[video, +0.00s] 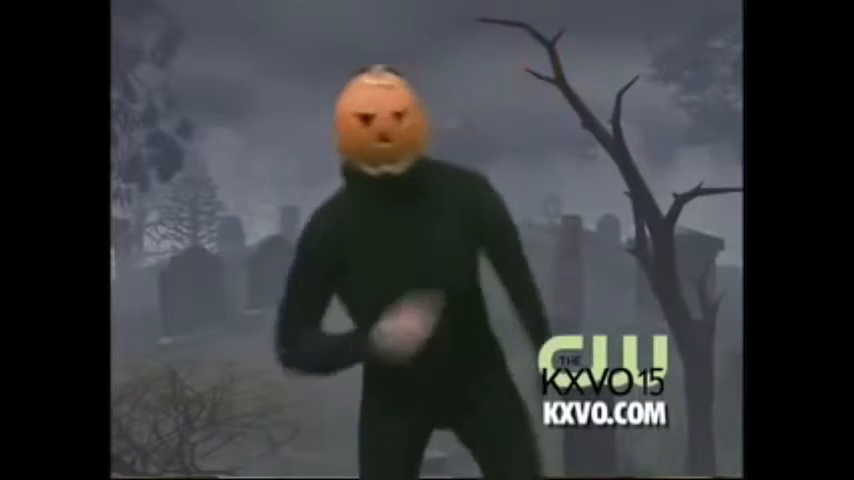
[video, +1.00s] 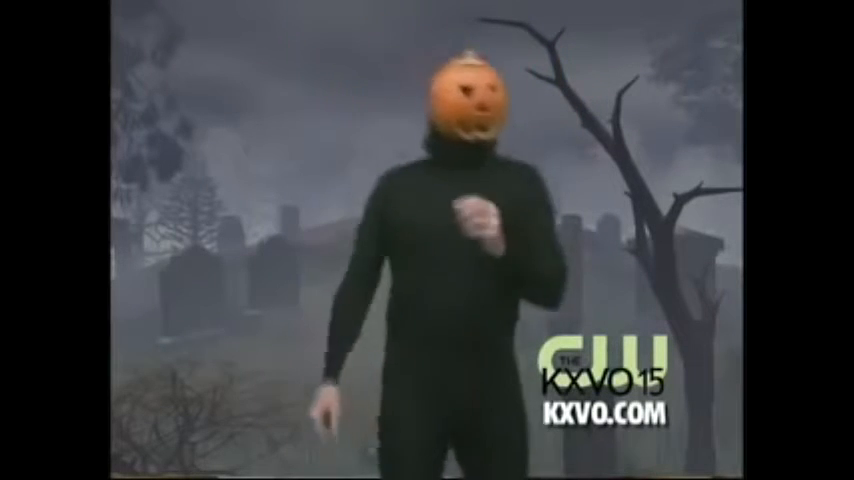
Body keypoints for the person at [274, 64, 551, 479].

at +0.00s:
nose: (384, 130)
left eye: (398, 116)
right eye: (365, 119)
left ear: (419, 123)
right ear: (342, 132)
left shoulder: (466, 193)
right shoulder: (332, 226)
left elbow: (521, 288)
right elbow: (294, 348)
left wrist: (553, 364)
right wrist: (369, 342)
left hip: (478, 383)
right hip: (394, 393)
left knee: (519, 469)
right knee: (382, 471)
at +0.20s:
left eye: (363, 51)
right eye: (339, 88)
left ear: (385, 68)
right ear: (315, 88)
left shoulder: (424, 116)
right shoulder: (316, 159)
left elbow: (471, 185)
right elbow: (379, 242)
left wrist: (509, 256)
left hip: (475, 319)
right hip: (400, 343)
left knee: (577, 412)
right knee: (396, 471)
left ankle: (489, 451)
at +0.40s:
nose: (357, 73)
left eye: (367, 64)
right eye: (339, 67)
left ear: (390, 83)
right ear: (315, 102)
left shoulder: (414, 149)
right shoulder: (322, 182)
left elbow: (448, 226)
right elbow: (418, 232)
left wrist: (490, 276)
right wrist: (509, 155)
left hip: (465, 343)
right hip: (399, 372)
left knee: (588, 354)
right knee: (395, 471)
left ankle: (536, 473)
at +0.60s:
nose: (396, 81)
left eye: (405, 69)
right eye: (378, 75)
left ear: (424, 93)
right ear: (353, 107)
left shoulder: (447, 149)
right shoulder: (334, 184)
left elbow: (481, 191)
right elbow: (358, 280)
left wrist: (503, 240)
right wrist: (437, 212)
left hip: (466, 352)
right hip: (393, 372)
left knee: (576, 406)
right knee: (389, 470)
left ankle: (527, 475)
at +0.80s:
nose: (427, 44)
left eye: (438, 32)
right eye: (410, 34)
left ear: (453, 48)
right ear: (382, 56)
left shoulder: (482, 122)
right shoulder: (357, 148)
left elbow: (541, 181)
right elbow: (346, 265)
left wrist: (517, 187)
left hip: (484, 344)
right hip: (405, 350)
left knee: (499, 468)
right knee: (408, 471)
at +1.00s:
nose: (480, 97)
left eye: (491, 88)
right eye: (464, 87)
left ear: (504, 106)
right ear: (435, 103)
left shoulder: (520, 184)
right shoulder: (397, 187)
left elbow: (551, 291)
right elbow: (359, 283)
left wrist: (503, 247)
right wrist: (330, 377)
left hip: (490, 385)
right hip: (412, 386)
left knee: (504, 472)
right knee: (405, 472)